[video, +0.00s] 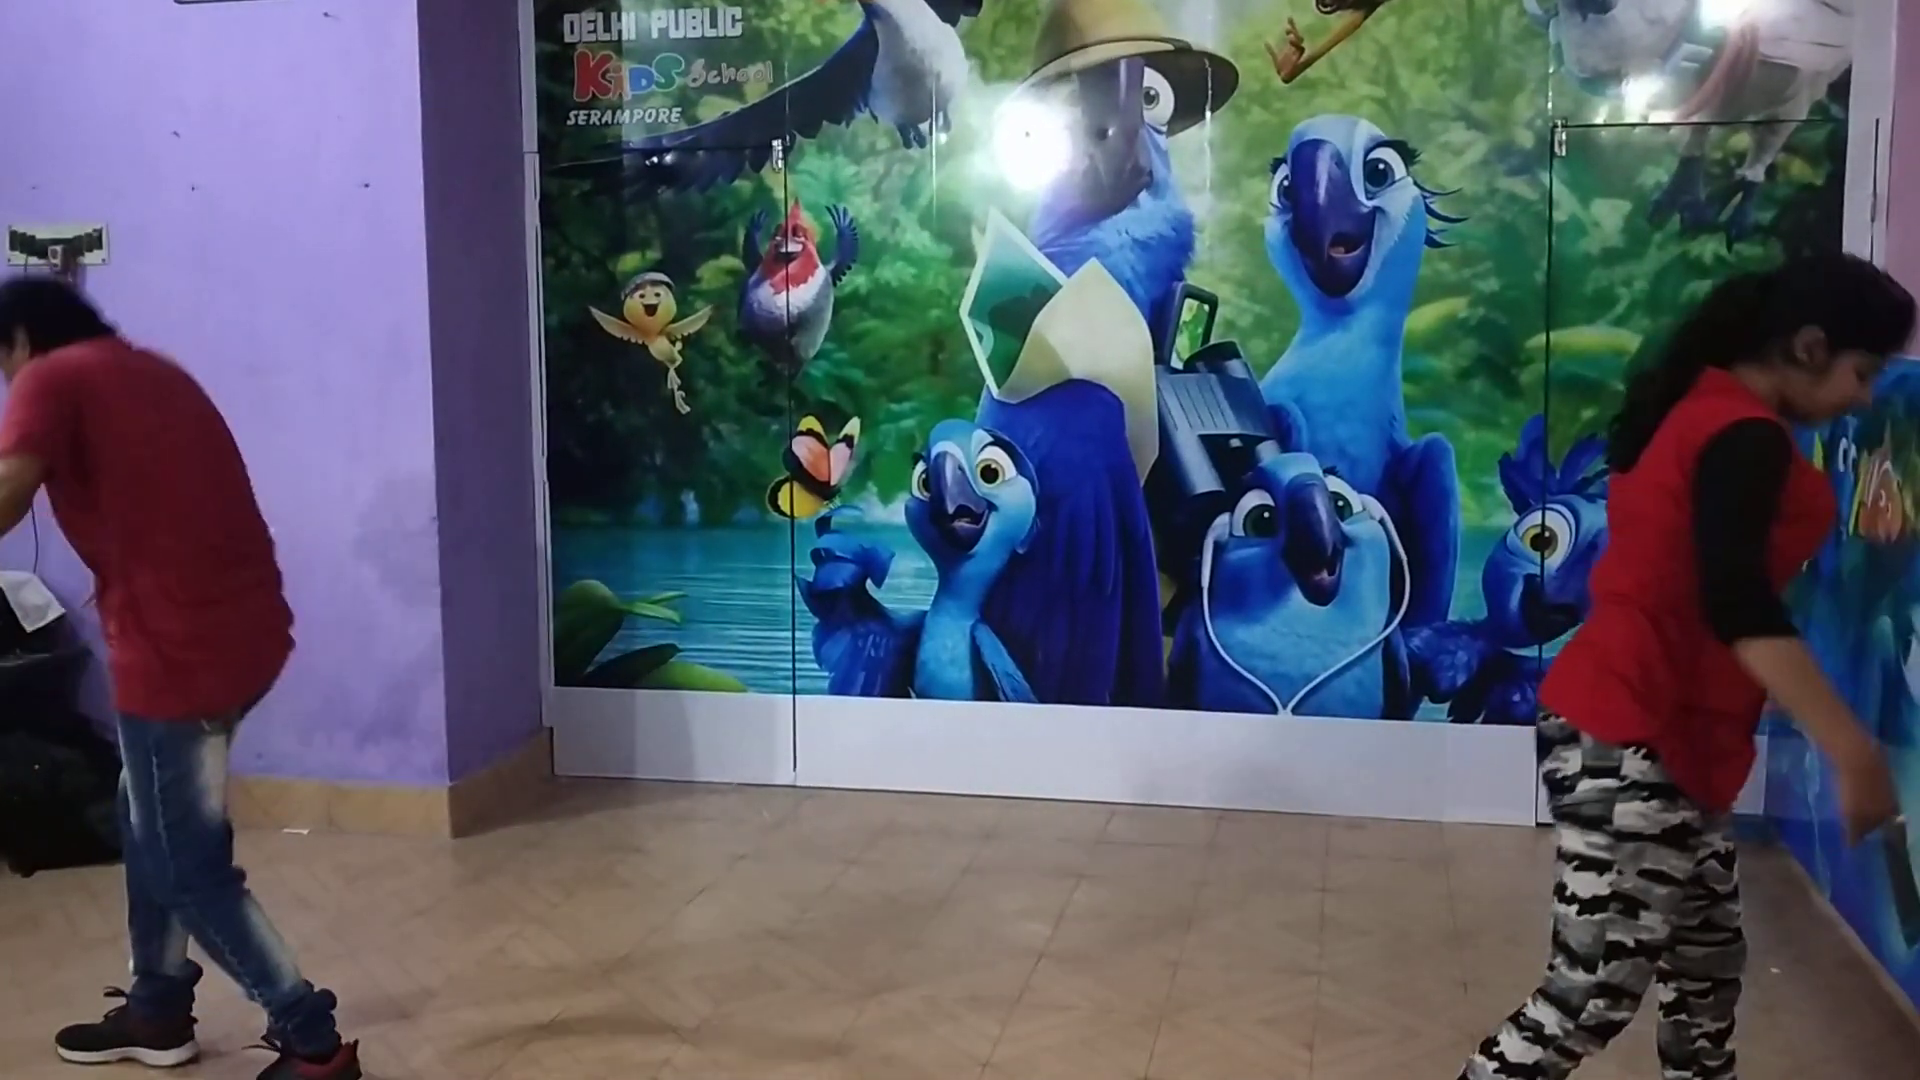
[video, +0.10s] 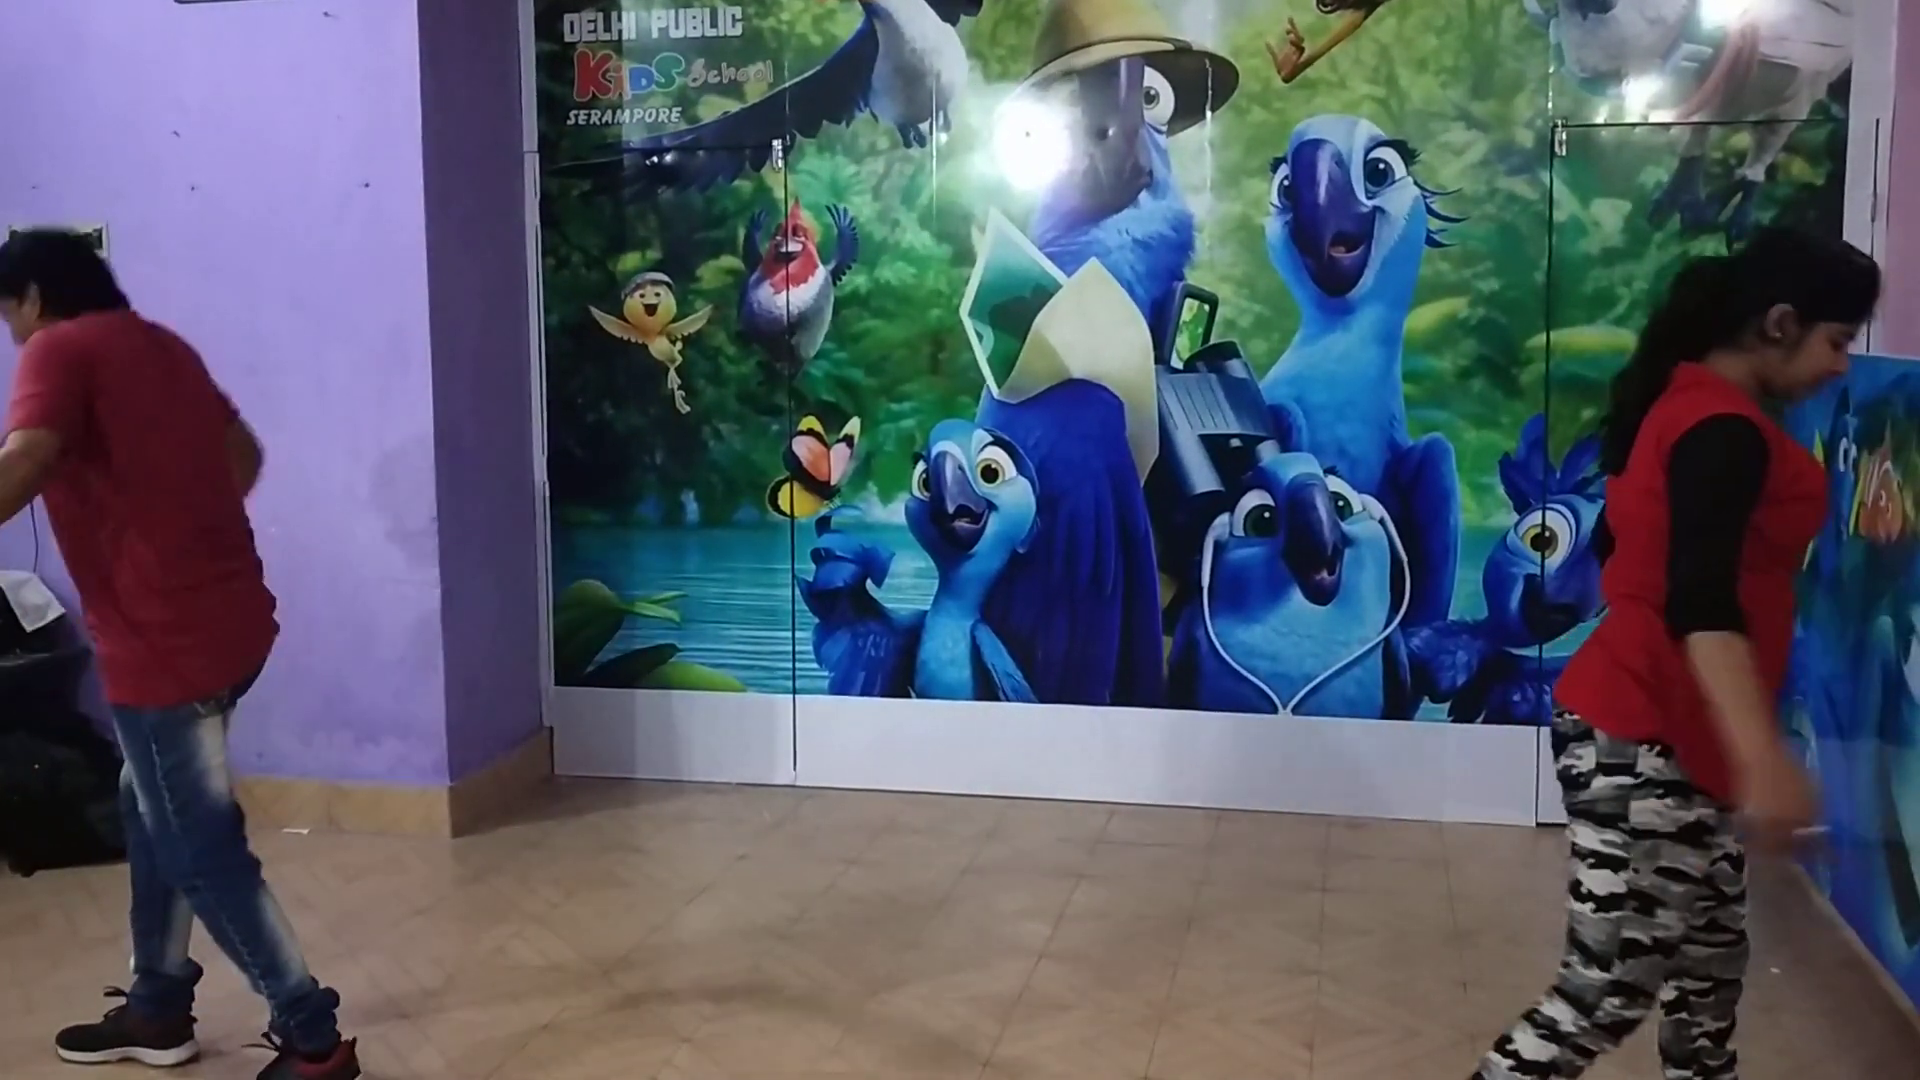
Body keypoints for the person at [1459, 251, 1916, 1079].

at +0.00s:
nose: (1864, 395)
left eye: (1873, 377)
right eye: (1864, 372)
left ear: (1800, 341)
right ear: (1809, 345)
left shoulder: (1704, 405)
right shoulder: (1744, 434)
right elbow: (1741, 607)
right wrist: (1854, 752)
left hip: (1662, 740)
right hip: (1619, 738)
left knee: (1706, 964)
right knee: (1591, 990)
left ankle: (1699, 1072)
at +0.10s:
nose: (1842, 363)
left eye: (1848, 345)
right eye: (1837, 341)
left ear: (1775, 323)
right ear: (1779, 323)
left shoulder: (1706, 406)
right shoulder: (1720, 428)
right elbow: (1701, 608)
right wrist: (1768, 764)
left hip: (1685, 733)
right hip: (1632, 731)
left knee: (1709, 965)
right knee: (1607, 988)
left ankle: (1700, 1072)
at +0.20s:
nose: (1817, 354)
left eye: (1820, 335)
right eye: (1810, 331)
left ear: (1742, 319)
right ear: (1748, 319)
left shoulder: (1677, 411)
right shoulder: (1700, 436)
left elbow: (1622, 592)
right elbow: (1669, 618)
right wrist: (1668, 776)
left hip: (1689, 747)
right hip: (1642, 753)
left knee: (1708, 1000)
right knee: (1622, 1001)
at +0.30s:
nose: (1785, 353)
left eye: (1787, 333)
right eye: (1776, 331)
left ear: (1707, 322)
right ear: (1713, 321)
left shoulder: (1645, 419)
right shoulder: (1669, 443)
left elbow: (1576, 605)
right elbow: (1635, 633)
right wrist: (1603, 798)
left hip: (1674, 762)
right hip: (1639, 768)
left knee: (1706, 1000)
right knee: (1627, 1020)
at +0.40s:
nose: (1742, 363)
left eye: (1746, 343)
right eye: (1735, 341)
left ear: (1672, 333)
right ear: (1676, 331)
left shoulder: (1612, 430)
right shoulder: (1626, 457)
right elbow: (1591, 648)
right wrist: (1563, 820)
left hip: (1643, 774)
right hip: (1608, 784)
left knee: (1695, 988)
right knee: (1629, 1022)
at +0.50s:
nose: (1693, 380)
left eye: (1697, 360)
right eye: (1687, 357)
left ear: (1621, 348)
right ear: (1628, 348)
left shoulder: (1555, 443)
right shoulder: (1578, 472)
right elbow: (1543, 671)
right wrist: (1526, 846)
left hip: (1586, 788)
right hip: (1544, 799)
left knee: (1665, 981)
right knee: (1584, 1032)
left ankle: (1675, 1070)